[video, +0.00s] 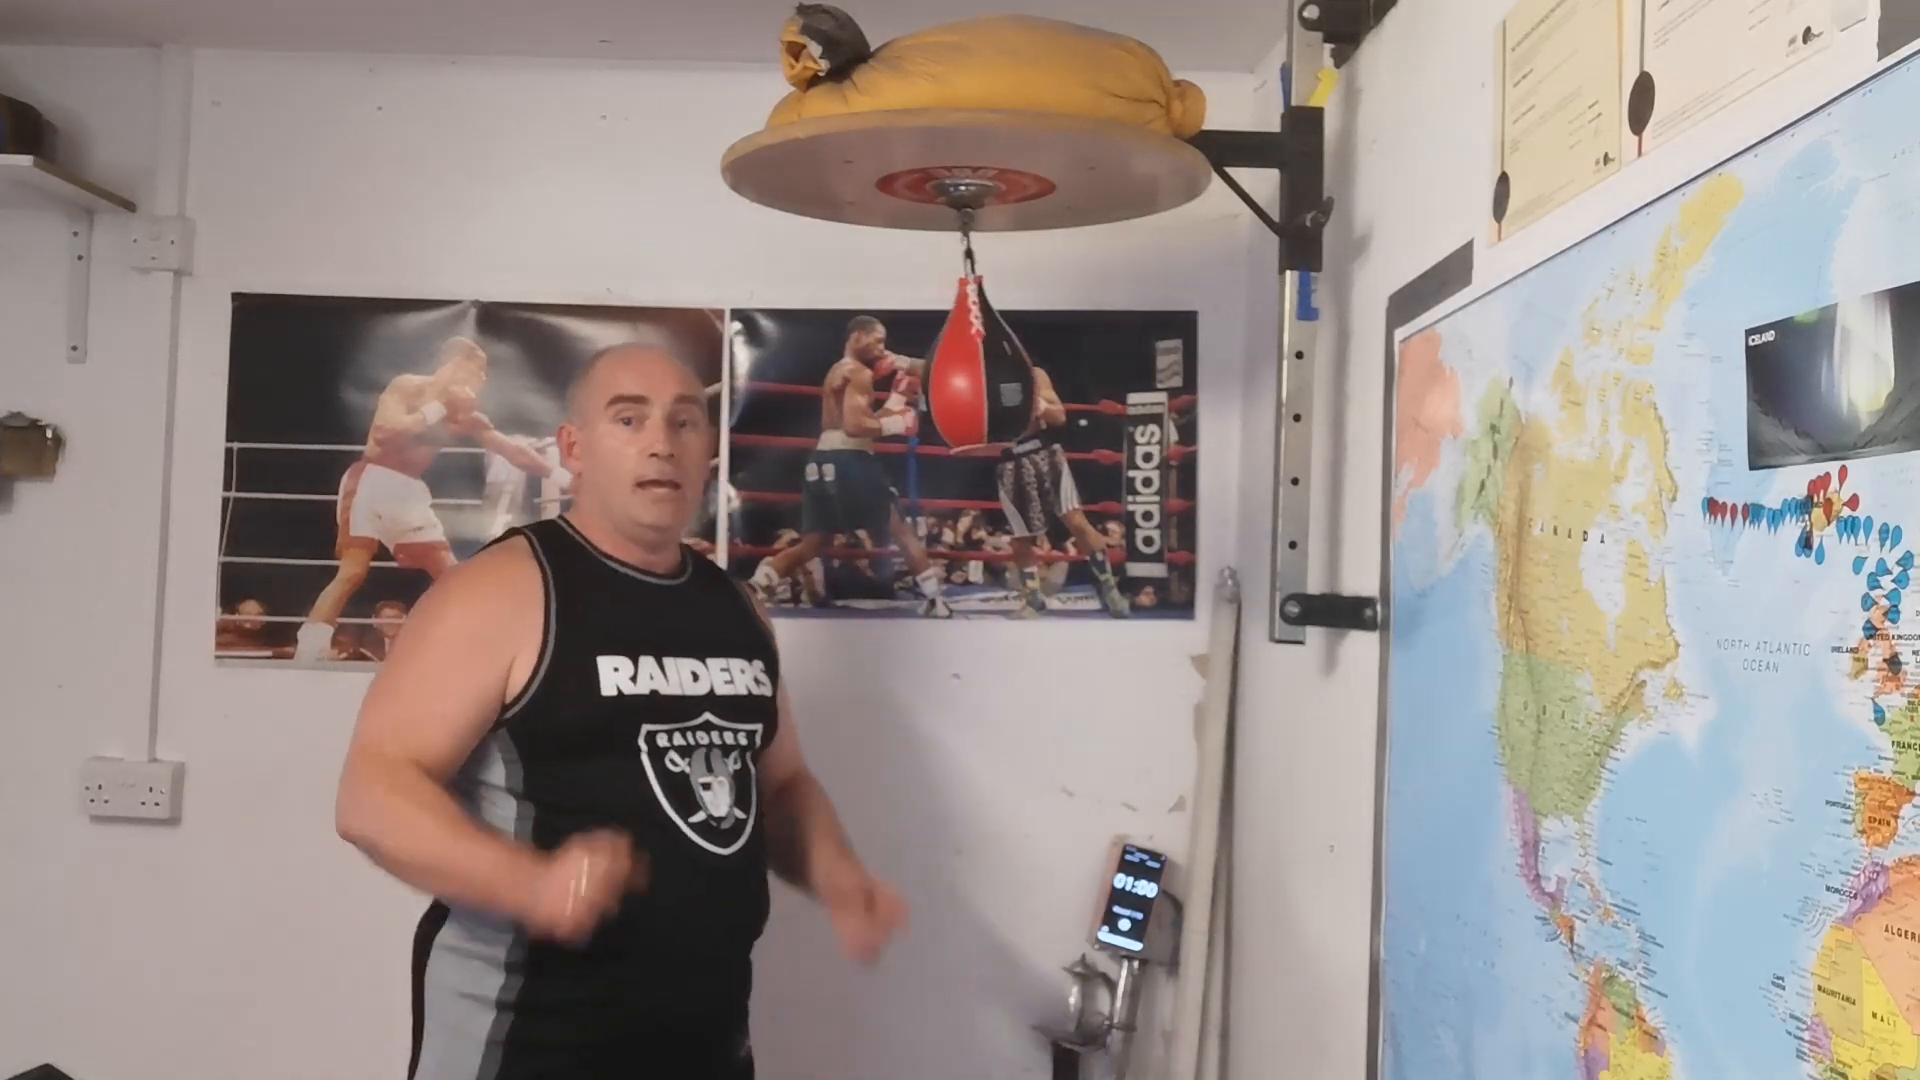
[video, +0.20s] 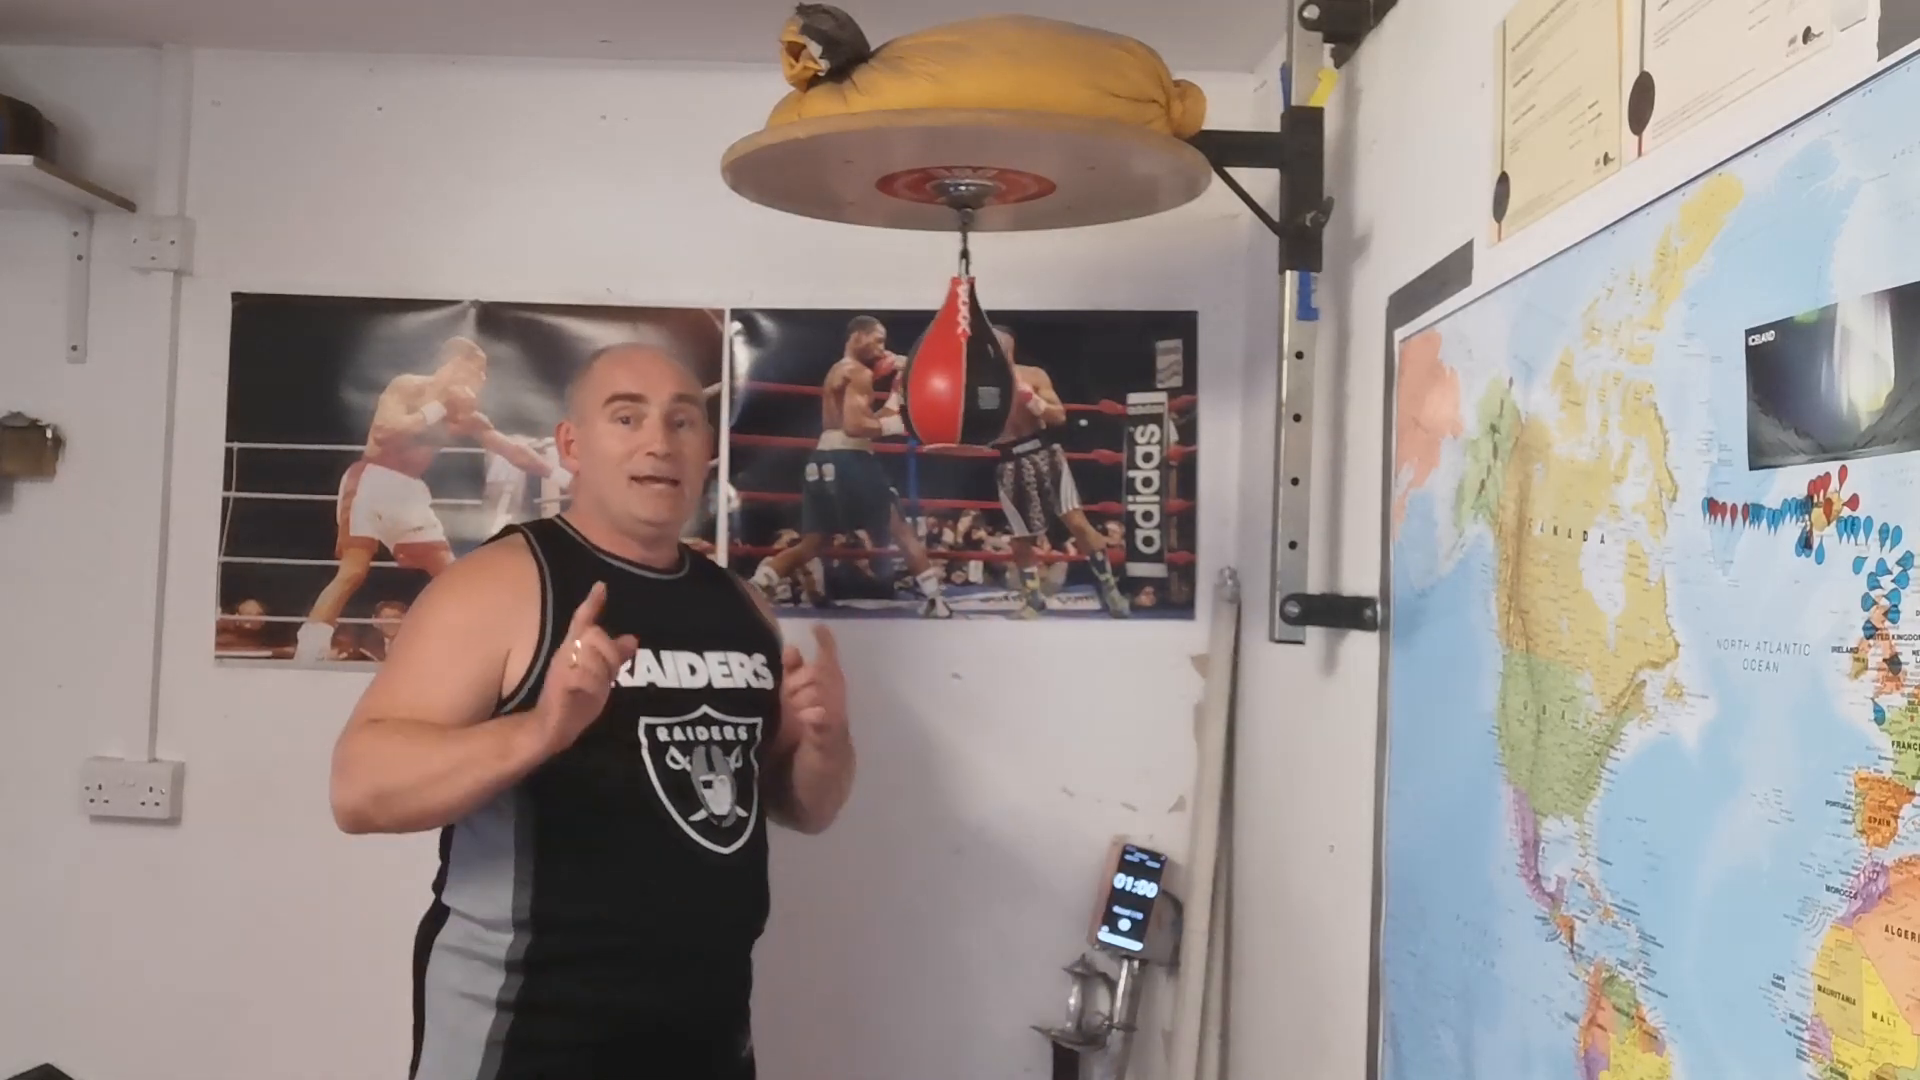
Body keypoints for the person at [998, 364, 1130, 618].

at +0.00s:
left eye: (1007, 353)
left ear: (1016, 354)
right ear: (989, 363)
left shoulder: (1035, 376)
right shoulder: (982, 386)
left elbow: (1059, 416)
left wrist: (1042, 407)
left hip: (1047, 454)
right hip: (1011, 463)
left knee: (1076, 522)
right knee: (1021, 536)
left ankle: (1109, 589)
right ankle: (1032, 599)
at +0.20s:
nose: (998, 356)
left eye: (1002, 349)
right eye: (993, 351)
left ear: (1011, 349)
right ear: (986, 354)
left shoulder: (1034, 375)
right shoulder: (982, 383)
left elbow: (1059, 416)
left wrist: (1037, 404)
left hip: (1046, 456)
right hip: (1011, 464)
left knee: (1075, 522)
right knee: (1022, 538)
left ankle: (1109, 588)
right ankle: (1032, 600)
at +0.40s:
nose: (986, 346)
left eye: (991, 339)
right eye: (982, 342)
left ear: (1009, 343)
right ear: (981, 351)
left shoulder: (1034, 375)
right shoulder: (983, 386)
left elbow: (1059, 417)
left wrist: (1030, 399)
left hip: (1046, 456)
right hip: (1012, 464)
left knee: (1076, 522)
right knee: (1022, 538)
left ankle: (1109, 588)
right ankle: (1032, 599)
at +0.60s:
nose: (996, 355)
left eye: (1000, 348)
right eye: (991, 349)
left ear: (1011, 348)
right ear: (985, 353)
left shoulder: (1034, 375)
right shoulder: (983, 384)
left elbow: (1059, 417)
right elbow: (978, 428)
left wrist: (1033, 401)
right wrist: (998, 395)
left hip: (1046, 455)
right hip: (1011, 464)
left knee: (1075, 522)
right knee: (1022, 538)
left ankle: (1109, 588)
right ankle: (1032, 597)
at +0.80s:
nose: (1002, 357)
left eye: (1005, 350)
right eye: (995, 354)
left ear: (1012, 351)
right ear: (988, 361)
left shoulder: (1033, 376)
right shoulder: (984, 386)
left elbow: (1059, 417)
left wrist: (1041, 407)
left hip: (1047, 455)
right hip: (1011, 464)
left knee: (1077, 523)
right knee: (1021, 537)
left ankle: (1110, 591)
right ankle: (1032, 600)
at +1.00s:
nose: (1001, 359)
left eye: (1004, 352)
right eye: (994, 356)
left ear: (1013, 352)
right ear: (987, 362)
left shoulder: (1034, 376)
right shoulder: (982, 387)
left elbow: (1059, 416)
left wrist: (1043, 408)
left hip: (1047, 456)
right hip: (1011, 465)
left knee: (1076, 522)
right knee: (1021, 536)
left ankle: (1110, 590)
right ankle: (1032, 599)